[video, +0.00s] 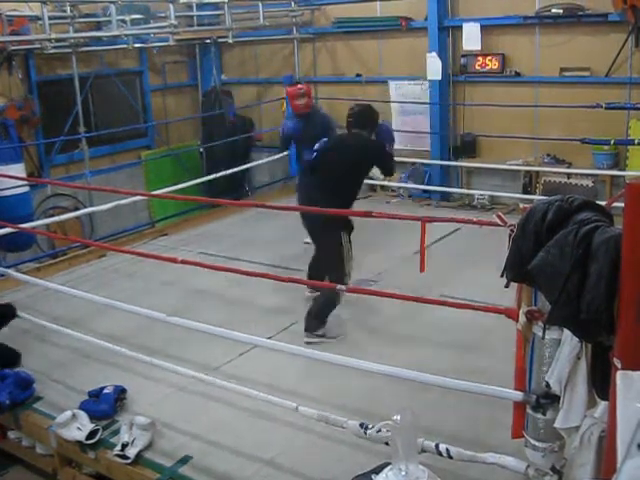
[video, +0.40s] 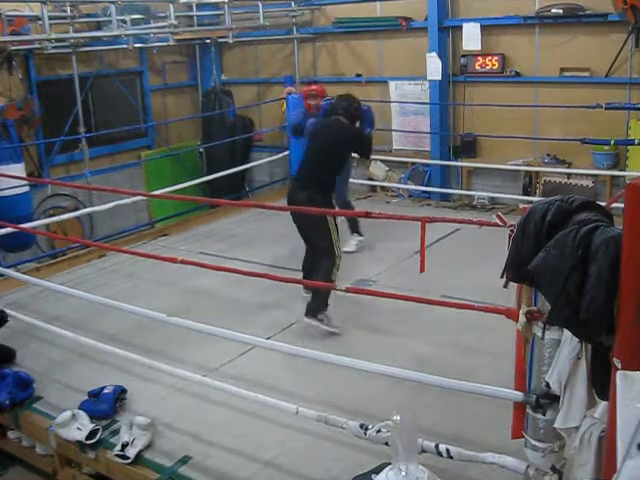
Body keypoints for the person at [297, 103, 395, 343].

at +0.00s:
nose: (376, 128)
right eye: (375, 125)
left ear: (350, 122)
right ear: (373, 126)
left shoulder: (335, 141)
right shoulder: (372, 147)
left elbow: (312, 167)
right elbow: (389, 170)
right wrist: (385, 147)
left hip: (308, 205)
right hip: (332, 211)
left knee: (324, 247)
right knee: (338, 275)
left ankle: (314, 283)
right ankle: (313, 327)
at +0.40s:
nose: (357, 121)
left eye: (356, 116)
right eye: (356, 117)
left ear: (335, 111)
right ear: (351, 116)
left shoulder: (319, 126)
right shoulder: (346, 132)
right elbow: (365, 150)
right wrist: (363, 130)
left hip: (297, 195)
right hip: (317, 199)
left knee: (314, 245)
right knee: (330, 254)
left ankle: (309, 284)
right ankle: (316, 311)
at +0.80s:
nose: (346, 114)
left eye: (345, 111)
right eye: (345, 111)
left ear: (320, 109)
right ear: (340, 111)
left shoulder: (307, 126)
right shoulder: (335, 129)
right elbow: (366, 149)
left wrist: (353, 133)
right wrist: (365, 132)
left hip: (293, 196)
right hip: (312, 198)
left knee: (318, 243)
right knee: (328, 254)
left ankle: (311, 286)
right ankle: (307, 305)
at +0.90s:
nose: (343, 113)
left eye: (342, 109)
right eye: (341, 109)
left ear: (318, 108)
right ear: (337, 110)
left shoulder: (306, 125)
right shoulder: (331, 128)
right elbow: (359, 146)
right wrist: (367, 131)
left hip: (294, 194)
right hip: (311, 197)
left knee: (319, 242)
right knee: (327, 251)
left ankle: (316, 279)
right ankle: (307, 305)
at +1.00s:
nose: (344, 111)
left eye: (343, 108)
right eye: (342, 108)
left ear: (319, 107)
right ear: (337, 109)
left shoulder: (306, 124)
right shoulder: (331, 127)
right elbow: (360, 144)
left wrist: (357, 134)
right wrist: (366, 133)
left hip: (295, 194)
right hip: (310, 197)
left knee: (318, 244)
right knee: (323, 251)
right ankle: (307, 304)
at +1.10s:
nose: (343, 113)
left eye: (342, 109)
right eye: (342, 109)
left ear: (319, 105)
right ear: (337, 109)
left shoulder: (309, 120)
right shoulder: (328, 124)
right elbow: (348, 142)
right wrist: (347, 123)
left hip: (297, 186)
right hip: (304, 190)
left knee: (324, 230)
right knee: (316, 241)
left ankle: (320, 269)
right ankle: (304, 301)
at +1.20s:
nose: (341, 113)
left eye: (341, 109)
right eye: (340, 109)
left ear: (321, 104)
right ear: (334, 108)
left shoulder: (308, 118)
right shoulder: (324, 122)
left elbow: (337, 142)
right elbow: (341, 143)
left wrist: (346, 121)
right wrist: (349, 122)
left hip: (301, 183)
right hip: (299, 186)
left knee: (323, 227)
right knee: (316, 235)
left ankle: (319, 269)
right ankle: (291, 282)